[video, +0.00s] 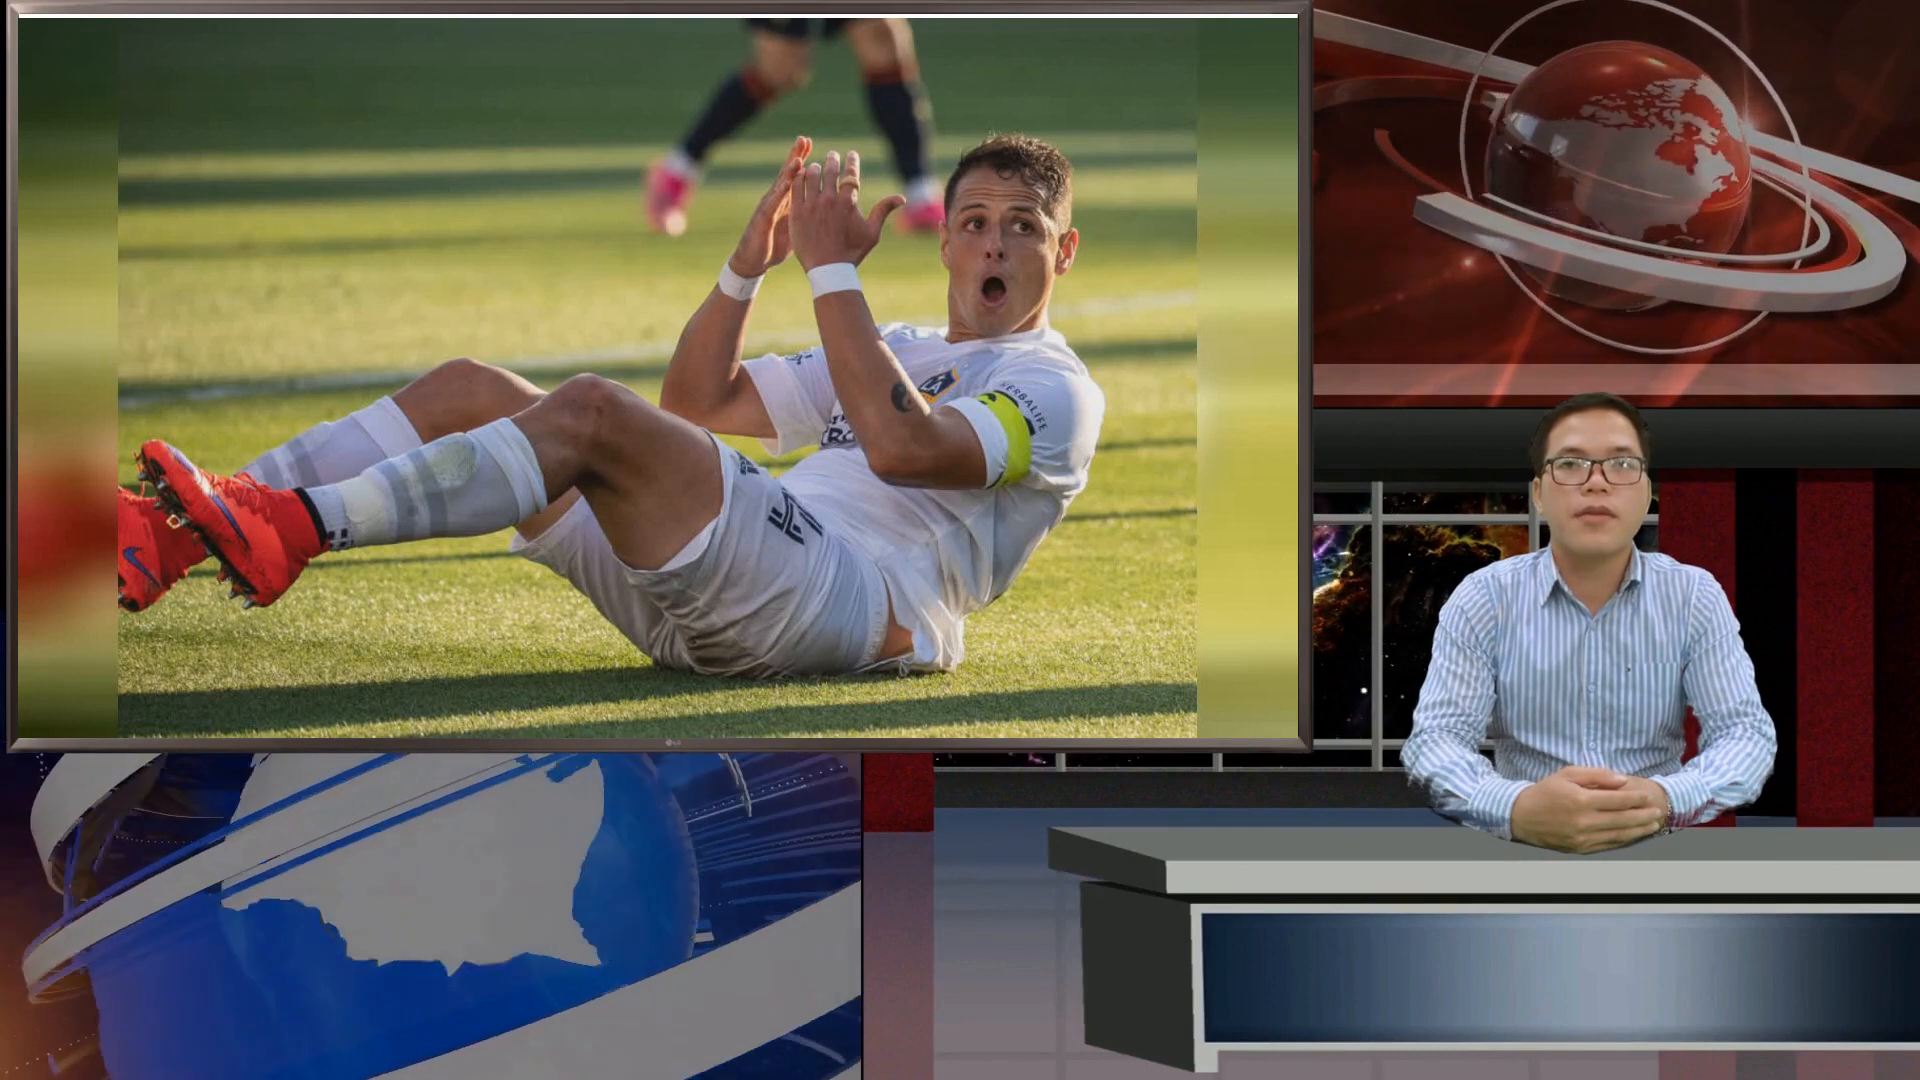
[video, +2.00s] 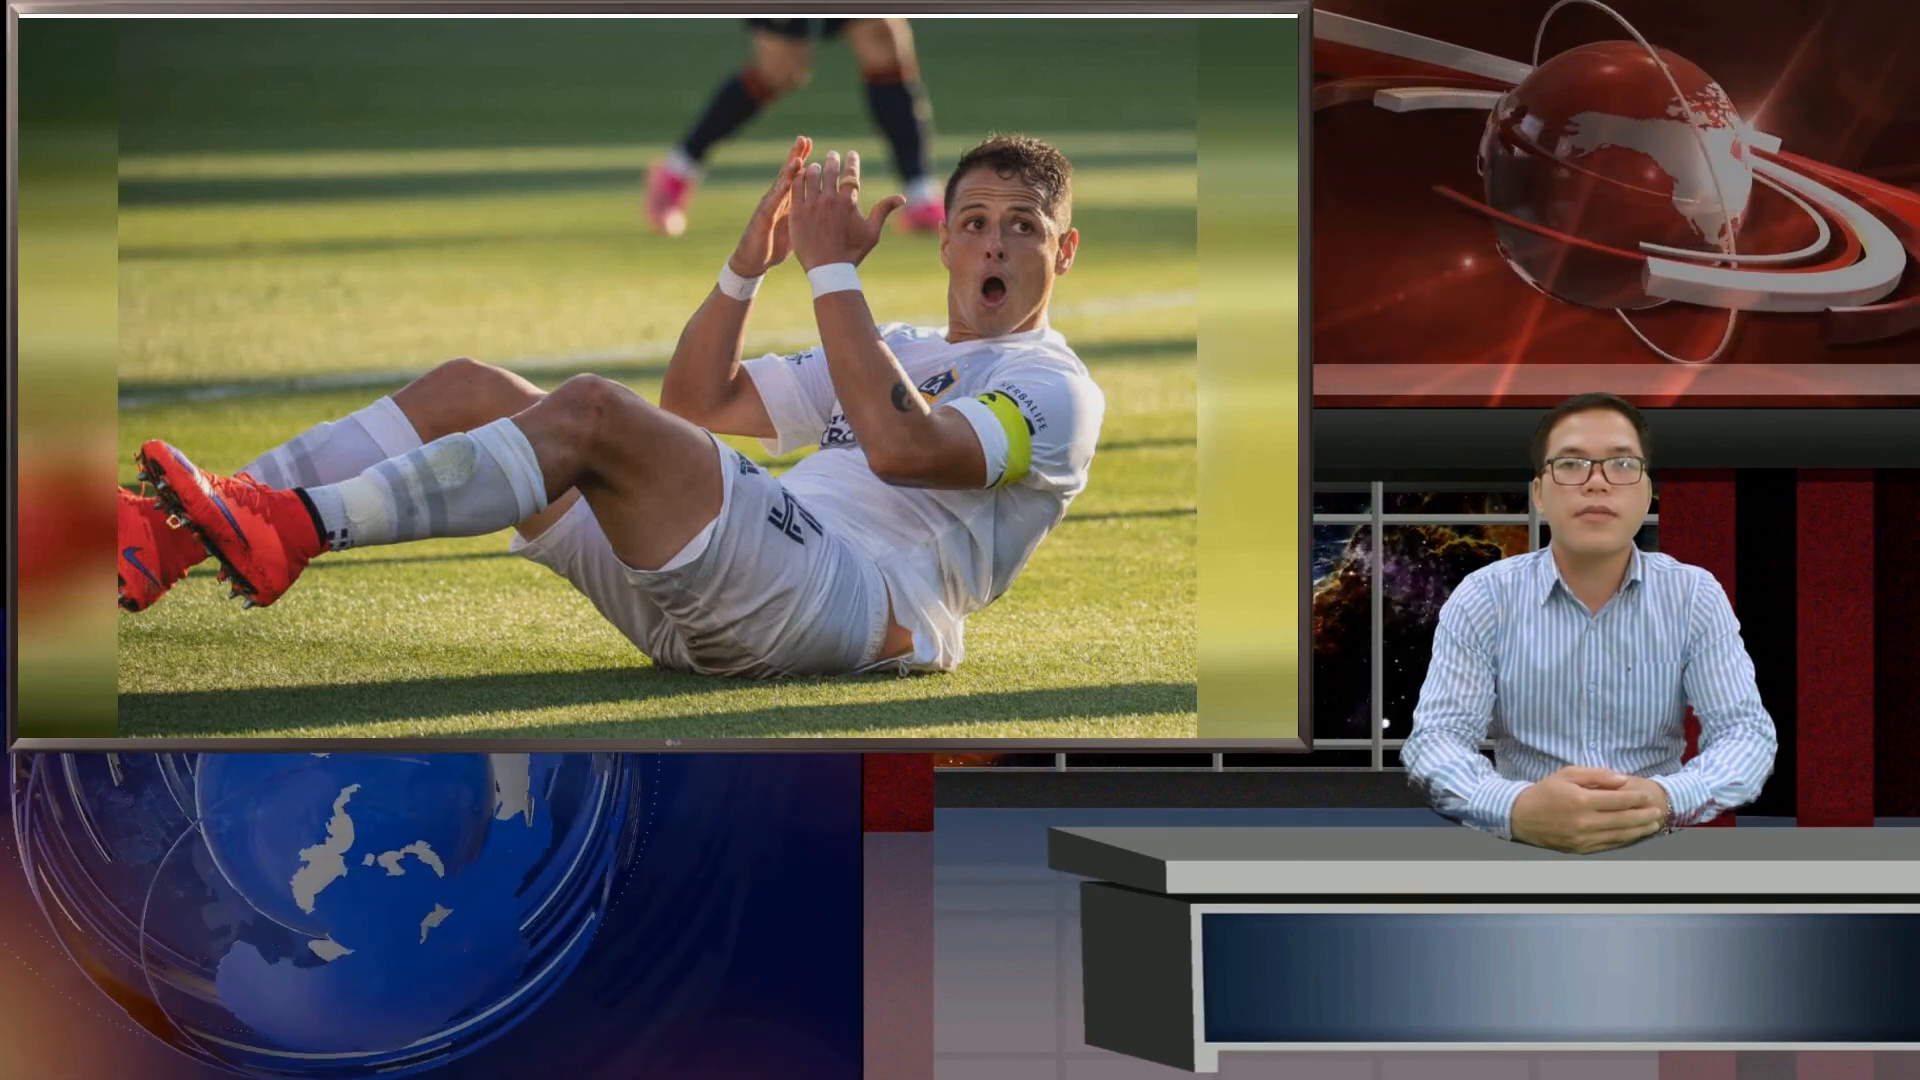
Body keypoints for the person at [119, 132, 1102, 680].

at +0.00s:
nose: (996, 246)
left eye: (1023, 229)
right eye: (977, 223)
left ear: (1066, 257)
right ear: (943, 241)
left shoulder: (1056, 389)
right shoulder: (892, 358)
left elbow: (901, 447)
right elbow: (695, 405)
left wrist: (833, 268)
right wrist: (747, 269)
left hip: (840, 604)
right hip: (732, 572)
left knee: (593, 413)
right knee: (467, 389)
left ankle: (300, 524)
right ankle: (175, 541)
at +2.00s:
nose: (995, 246)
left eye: (1022, 230)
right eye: (975, 224)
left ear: (1065, 257)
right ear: (942, 242)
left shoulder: (1054, 389)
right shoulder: (893, 359)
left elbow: (901, 447)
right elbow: (695, 404)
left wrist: (833, 270)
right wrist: (746, 270)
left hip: (842, 602)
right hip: (734, 572)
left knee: (592, 413)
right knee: (468, 389)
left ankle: (300, 524)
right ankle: (174, 542)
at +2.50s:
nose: (995, 246)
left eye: (1022, 230)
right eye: (975, 224)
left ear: (1065, 257)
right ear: (942, 242)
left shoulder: (1054, 389)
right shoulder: (893, 359)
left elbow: (901, 447)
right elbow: (695, 404)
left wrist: (833, 270)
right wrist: (746, 270)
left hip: (842, 602)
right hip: (734, 572)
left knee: (592, 413)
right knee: (468, 389)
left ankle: (299, 524)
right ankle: (173, 542)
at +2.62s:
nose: (995, 246)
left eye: (1022, 230)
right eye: (975, 224)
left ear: (1065, 257)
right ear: (942, 241)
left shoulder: (1054, 389)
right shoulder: (893, 359)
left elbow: (901, 447)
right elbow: (695, 404)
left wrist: (834, 270)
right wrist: (746, 270)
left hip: (842, 602)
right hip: (734, 573)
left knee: (592, 413)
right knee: (468, 389)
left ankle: (300, 524)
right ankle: (173, 542)